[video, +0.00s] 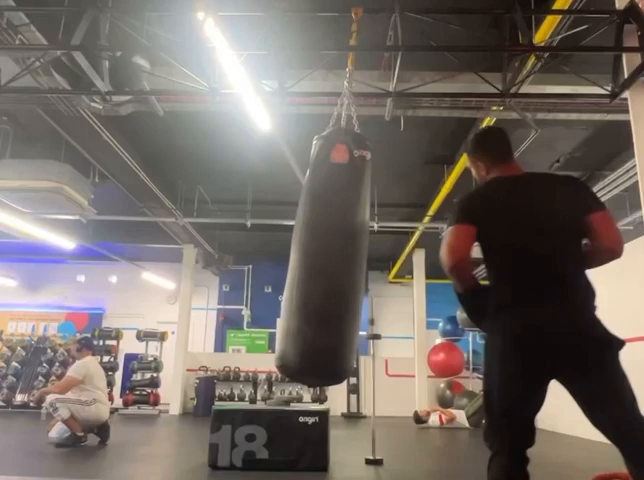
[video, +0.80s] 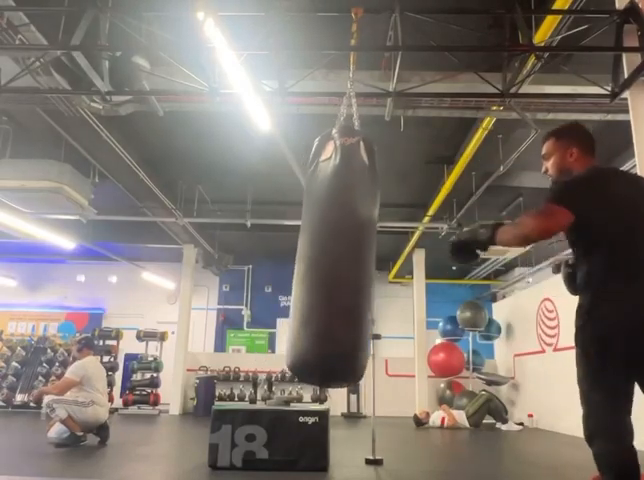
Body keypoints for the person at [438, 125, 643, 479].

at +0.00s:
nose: (473, 176)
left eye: (472, 169)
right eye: (472, 169)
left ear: (478, 165)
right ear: (511, 155)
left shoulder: (476, 202)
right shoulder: (568, 187)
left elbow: (453, 259)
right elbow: (612, 245)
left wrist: (475, 296)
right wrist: (567, 259)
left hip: (515, 340)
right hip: (579, 333)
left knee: (507, 450)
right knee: (633, 435)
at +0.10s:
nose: (498, 168)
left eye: (498, 159)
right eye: (496, 160)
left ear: (512, 154)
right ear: (541, 149)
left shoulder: (514, 186)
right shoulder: (598, 179)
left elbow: (494, 236)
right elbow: (628, 238)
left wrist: (492, 275)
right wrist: (582, 239)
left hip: (551, 326)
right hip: (612, 321)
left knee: (521, 426)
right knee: (643, 424)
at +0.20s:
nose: (521, 163)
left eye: (523, 153)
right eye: (519, 155)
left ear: (544, 149)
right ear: (563, 147)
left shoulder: (549, 178)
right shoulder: (620, 179)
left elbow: (537, 222)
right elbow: (633, 236)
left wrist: (516, 259)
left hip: (581, 314)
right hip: (633, 311)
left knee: (545, 415)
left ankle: (562, 475)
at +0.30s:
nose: (536, 154)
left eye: (541, 144)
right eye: (536, 145)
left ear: (567, 143)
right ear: (571, 144)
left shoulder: (576, 171)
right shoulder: (630, 177)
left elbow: (583, 214)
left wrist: (544, 251)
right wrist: (550, 250)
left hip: (598, 313)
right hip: (636, 311)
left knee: (571, 414)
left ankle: (602, 475)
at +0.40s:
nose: (546, 147)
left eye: (554, 138)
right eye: (547, 139)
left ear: (582, 140)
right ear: (585, 142)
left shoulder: (592, 170)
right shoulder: (626, 175)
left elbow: (617, 216)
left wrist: (568, 253)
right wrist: (570, 253)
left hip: (607, 311)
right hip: (635, 307)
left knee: (596, 418)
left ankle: (623, 473)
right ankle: (620, 470)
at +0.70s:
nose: (551, 162)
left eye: (555, 152)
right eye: (550, 155)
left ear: (583, 149)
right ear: (588, 152)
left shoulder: (597, 178)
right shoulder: (631, 181)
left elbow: (587, 224)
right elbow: (633, 244)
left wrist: (527, 252)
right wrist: (589, 267)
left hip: (615, 308)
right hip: (634, 306)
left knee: (606, 413)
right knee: (615, 406)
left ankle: (617, 470)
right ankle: (619, 468)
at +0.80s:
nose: (545, 169)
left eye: (548, 158)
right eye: (544, 160)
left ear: (573, 153)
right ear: (584, 155)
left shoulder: (581, 186)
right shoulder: (635, 185)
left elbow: (535, 227)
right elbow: (631, 246)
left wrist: (487, 235)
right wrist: (584, 267)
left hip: (609, 315)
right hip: (643, 311)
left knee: (606, 421)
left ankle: (619, 472)